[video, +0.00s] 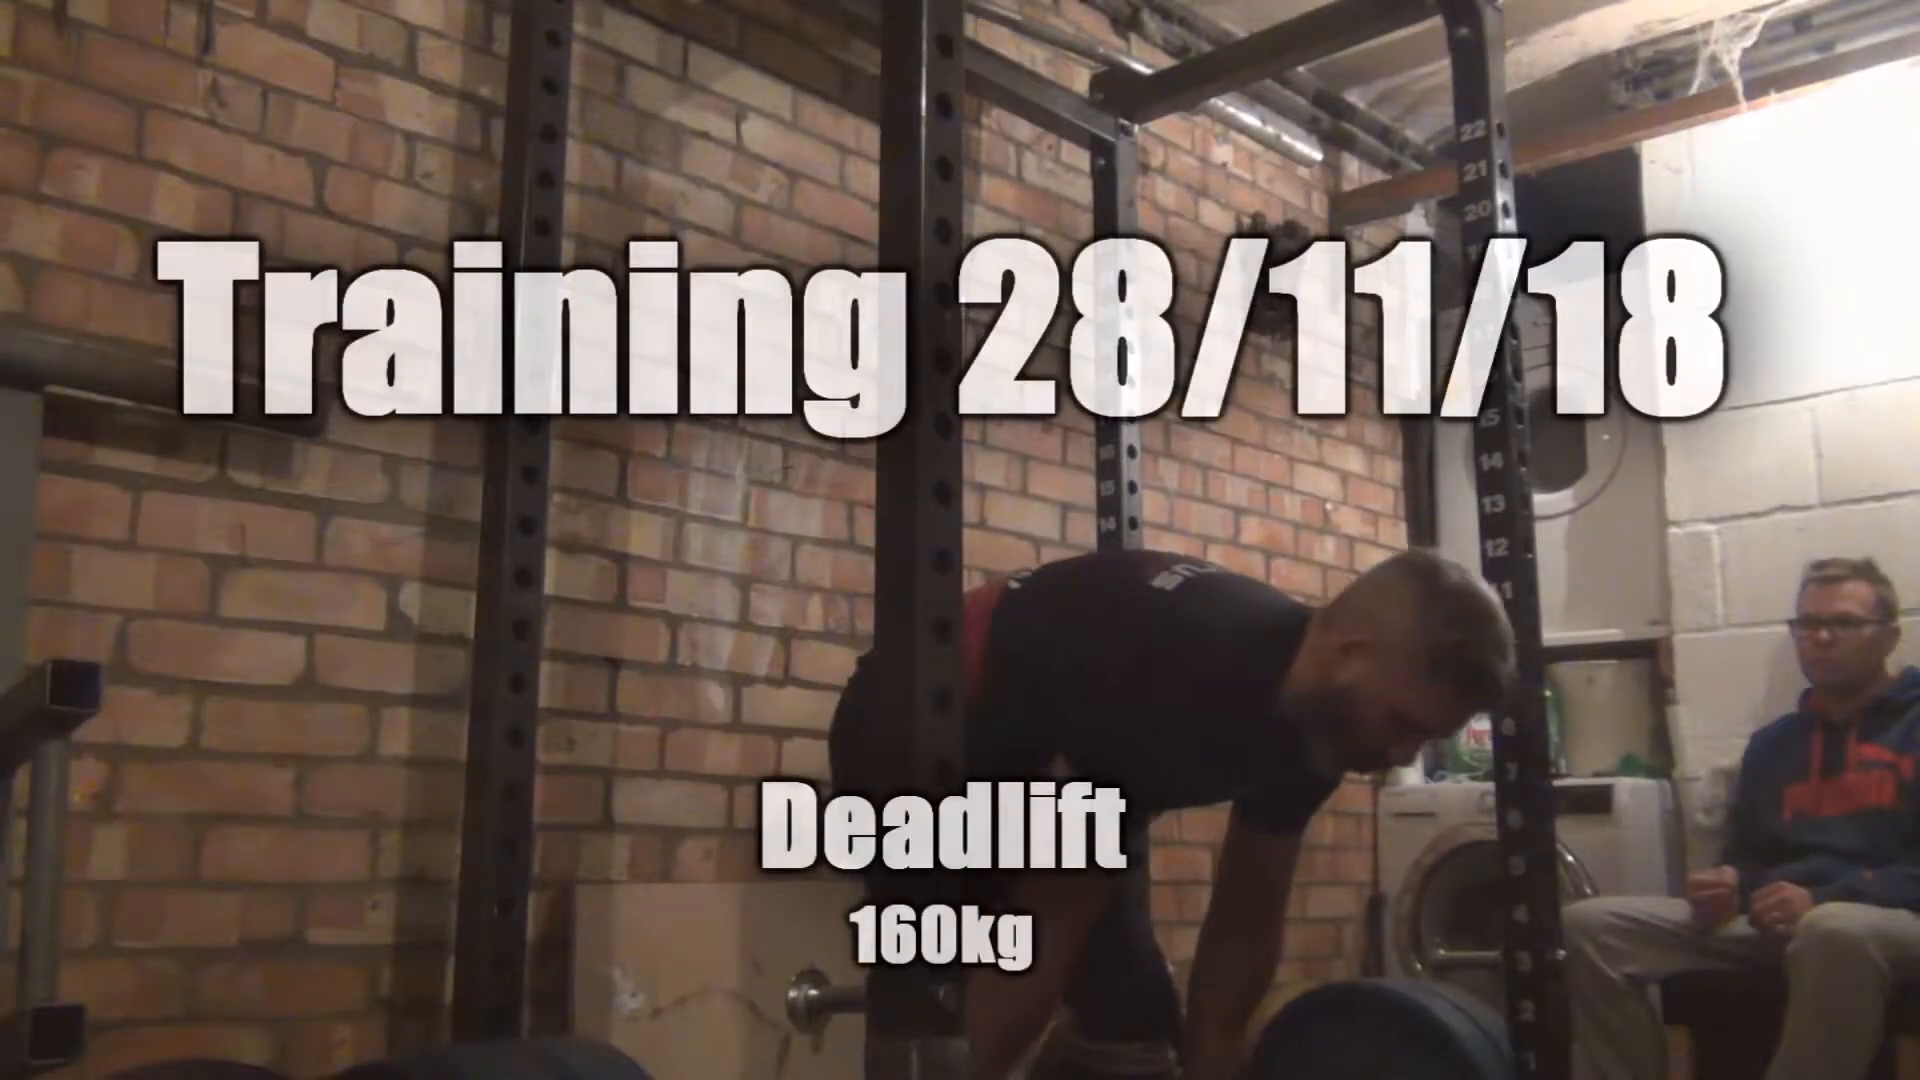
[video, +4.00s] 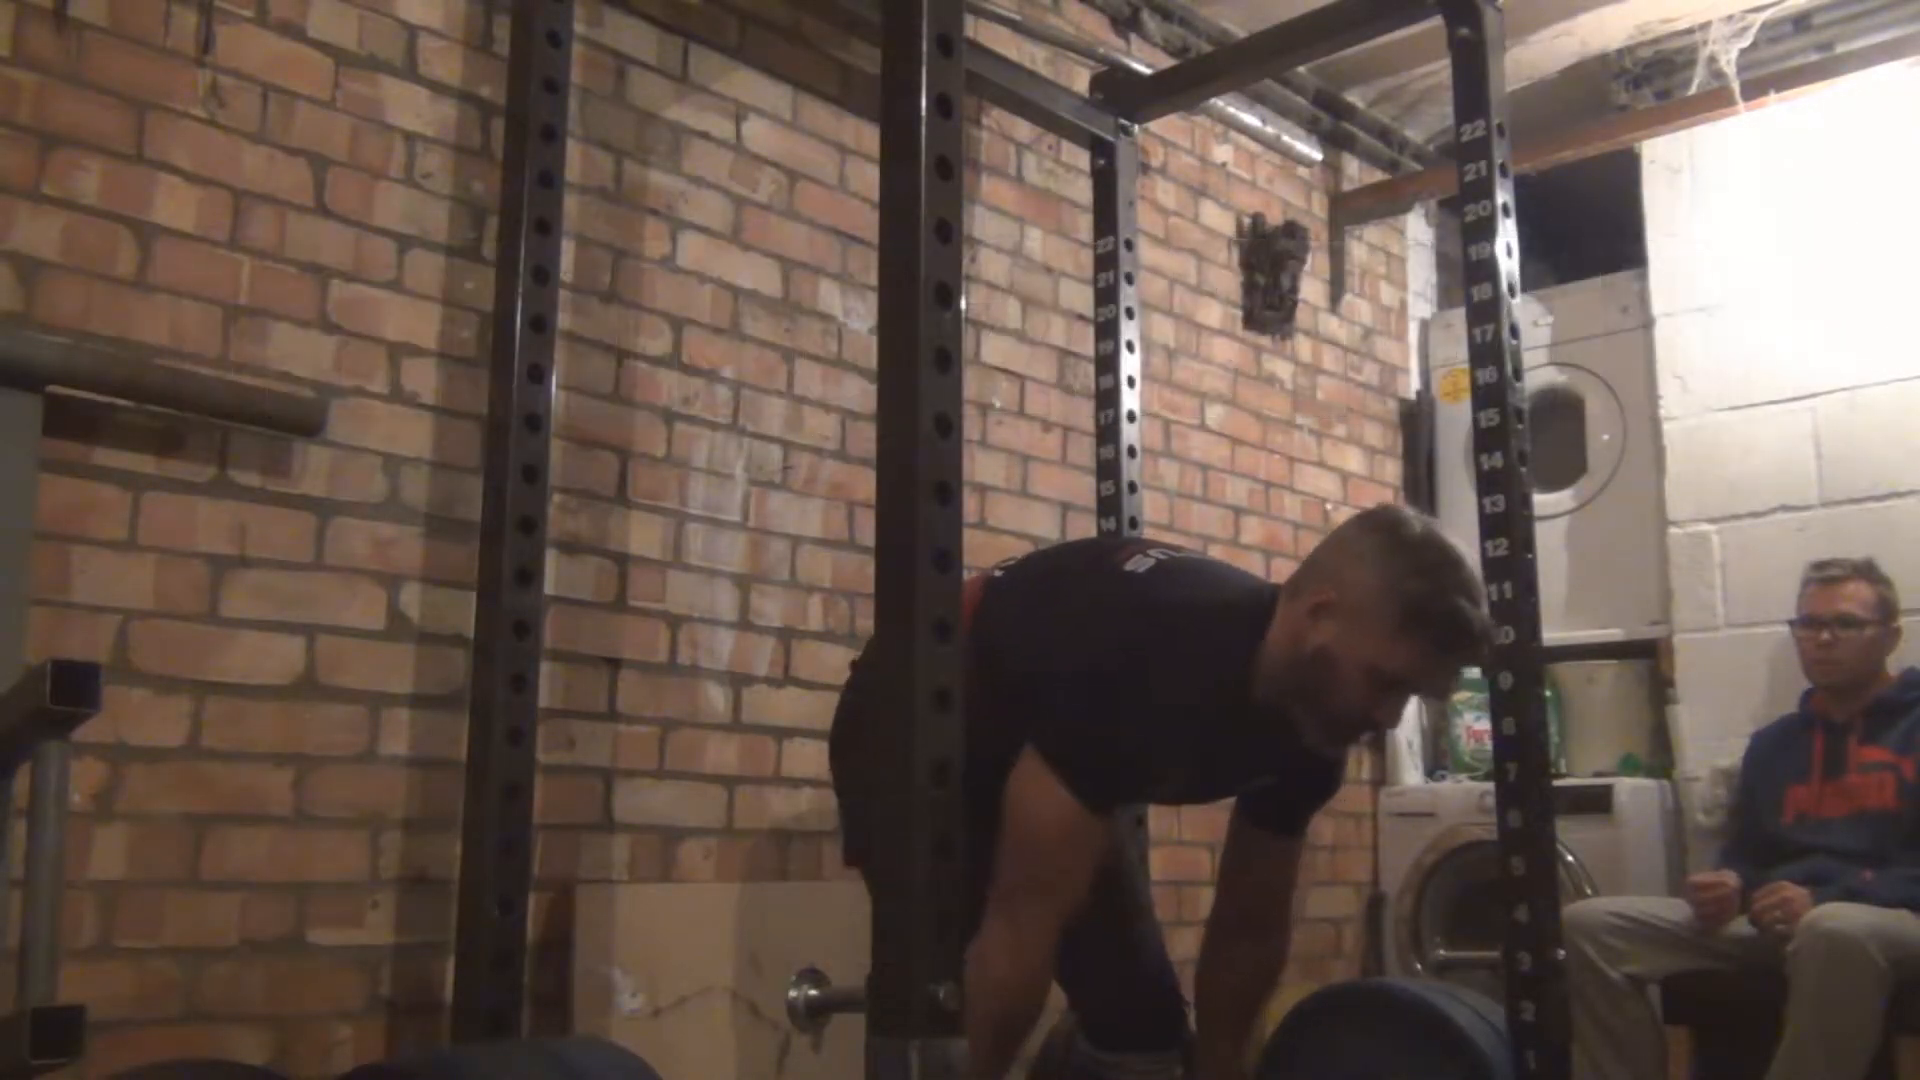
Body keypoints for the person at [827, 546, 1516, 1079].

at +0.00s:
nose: (1399, 759)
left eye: (1421, 742)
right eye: (1400, 726)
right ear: (1343, 651)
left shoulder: (1314, 728)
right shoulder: (1181, 671)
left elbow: (1242, 927)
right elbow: (1054, 921)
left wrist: (1212, 1063)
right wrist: (982, 1068)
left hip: (1061, 784)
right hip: (918, 735)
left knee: (1134, 1021)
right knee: (938, 1018)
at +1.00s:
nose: (1384, 754)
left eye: (1404, 734)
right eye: (1384, 719)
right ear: (1326, 646)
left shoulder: (1303, 730)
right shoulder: (1145, 648)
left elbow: (1240, 923)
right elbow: (1025, 943)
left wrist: (1211, 1067)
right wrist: (968, 1067)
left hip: (1056, 779)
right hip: (912, 730)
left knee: (1134, 1015)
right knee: (953, 1018)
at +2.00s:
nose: (1385, 743)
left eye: (1404, 723)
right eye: (1384, 711)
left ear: (1324, 640)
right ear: (1320, 637)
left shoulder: (1295, 724)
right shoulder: (1145, 657)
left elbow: (1241, 920)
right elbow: (1043, 903)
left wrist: (1211, 1063)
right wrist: (980, 1064)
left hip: (1066, 777)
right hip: (914, 722)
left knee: (1130, 1017)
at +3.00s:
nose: (1388, 726)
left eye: (1407, 704)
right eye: (1384, 692)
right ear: (1316, 623)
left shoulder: (1314, 720)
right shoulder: (1153, 656)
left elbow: (1251, 923)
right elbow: (1028, 913)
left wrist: (1216, 1068)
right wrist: (984, 1069)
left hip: (1065, 766)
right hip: (918, 730)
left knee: (1138, 1019)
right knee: (934, 1013)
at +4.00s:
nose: (1391, 719)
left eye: (1408, 699)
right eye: (1384, 684)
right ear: (1313, 616)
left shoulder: (1312, 727)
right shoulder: (1145, 653)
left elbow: (1250, 928)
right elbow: (1024, 917)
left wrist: (1219, 1065)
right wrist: (973, 1070)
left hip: (1053, 755)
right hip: (920, 724)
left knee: (1140, 1028)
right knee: (931, 1014)